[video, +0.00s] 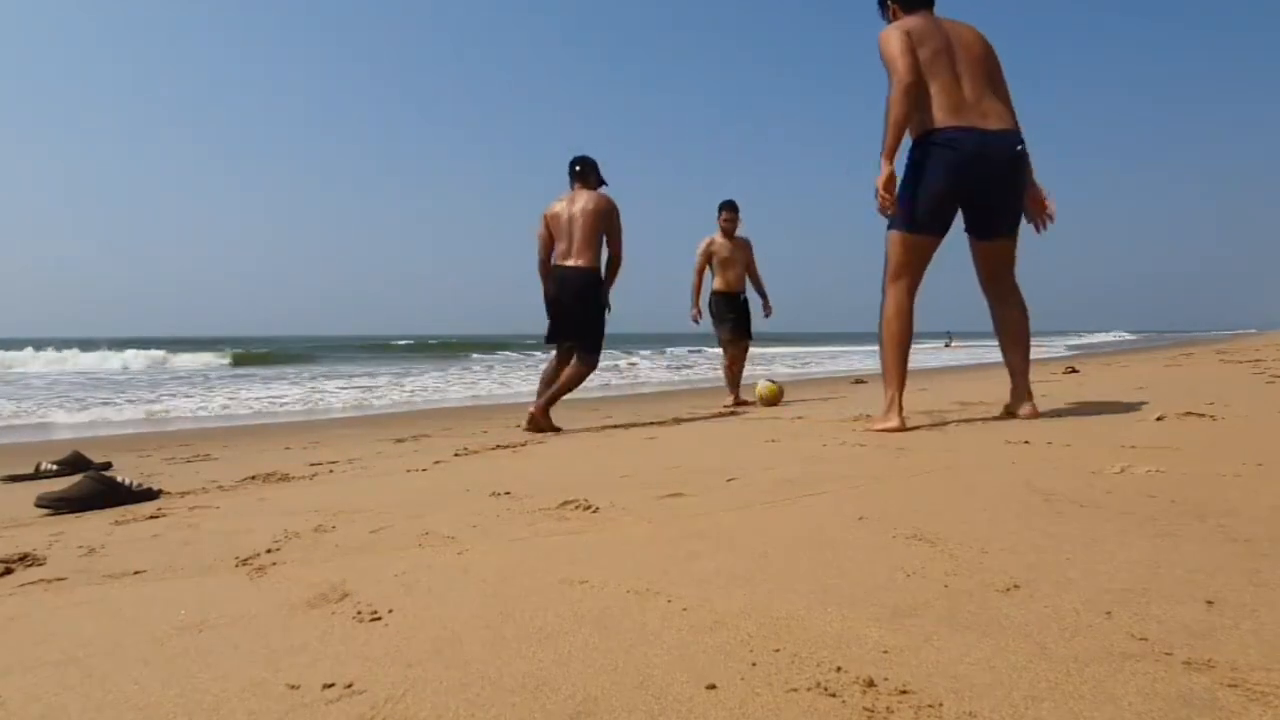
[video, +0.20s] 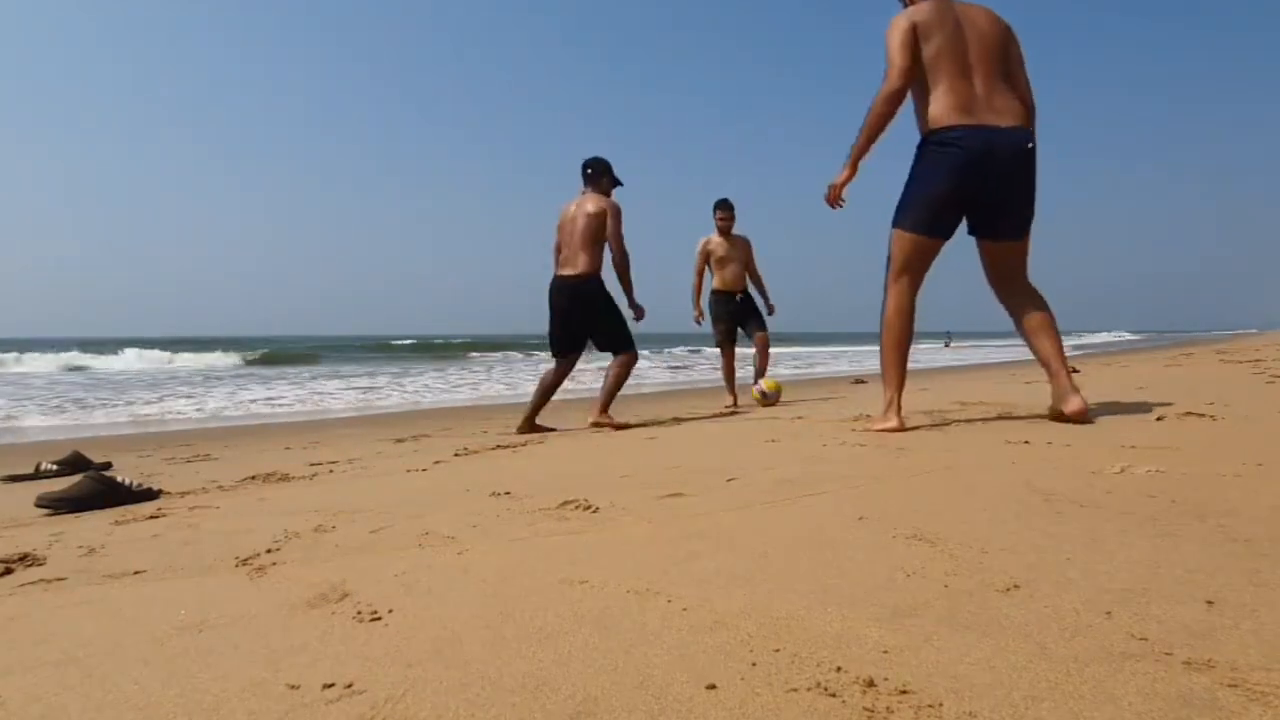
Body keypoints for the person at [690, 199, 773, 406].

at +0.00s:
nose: (729, 224)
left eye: (732, 220)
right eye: (725, 220)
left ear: (738, 221)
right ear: (718, 220)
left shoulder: (744, 244)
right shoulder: (710, 244)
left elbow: (752, 272)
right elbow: (699, 274)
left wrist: (764, 297)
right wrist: (695, 305)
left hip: (739, 296)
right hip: (721, 296)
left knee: (743, 344)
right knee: (730, 345)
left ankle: (736, 393)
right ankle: (733, 393)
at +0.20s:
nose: (724, 224)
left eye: (728, 219)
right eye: (720, 219)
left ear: (734, 219)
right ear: (714, 219)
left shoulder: (743, 243)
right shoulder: (707, 244)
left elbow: (753, 272)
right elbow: (699, 275)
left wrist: (766, 299)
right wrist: (697, 306)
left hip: (743, 296)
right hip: (721, 296)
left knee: (762, 339)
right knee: (727, 350)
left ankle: (759, 386)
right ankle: (732, 396)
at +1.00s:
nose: (707, 235)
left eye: (710, 230)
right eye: (703, 231)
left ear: (717, 229)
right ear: (697, 232)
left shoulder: (733, 247)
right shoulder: (695, 257)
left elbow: (756, 270)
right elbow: (688, 290)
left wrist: (776, 293)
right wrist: (680, 314)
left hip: (742, 299)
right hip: (718, 304)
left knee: (767, 336)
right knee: (713, 353)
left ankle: (777, 389)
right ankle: (720, 400)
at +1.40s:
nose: (732, 214)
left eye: (735, 210)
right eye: (727, 210)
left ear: (738, 212)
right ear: (717, 214)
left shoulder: (750, 236)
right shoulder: (708, 244)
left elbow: (763, 262)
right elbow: (703, 274)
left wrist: (771, 289)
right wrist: (705, 300)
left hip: (753, 292)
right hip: (727, 295)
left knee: (768, 337)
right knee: (721, 350)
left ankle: (782, 393)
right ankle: (720, 398)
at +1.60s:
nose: (762, 208)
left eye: (764, 203)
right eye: (757, 203)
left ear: (768, 206)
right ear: (746, 205)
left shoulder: (774, 232)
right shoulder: (732, 234)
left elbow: (786, 260)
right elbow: (721, 265)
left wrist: (782, 277)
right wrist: (723, 295)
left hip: (769, 290)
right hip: (743, 292)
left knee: (777, 339)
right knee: (732, 345)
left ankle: (782, 393)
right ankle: (723, 395)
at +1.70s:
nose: (771, 206)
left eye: (774, 202)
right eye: (766, 201)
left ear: (777, 204)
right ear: (756, 203)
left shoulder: (783, 230)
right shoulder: (741, 230)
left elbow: (794, 258)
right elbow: (730, 260)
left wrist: (795, 279)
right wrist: (730, 289)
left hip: (776, 288)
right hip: (749, 288)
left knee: (781, 338)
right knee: (741, 343)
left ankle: (782, 393)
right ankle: (740, 392)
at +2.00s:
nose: (779, 211)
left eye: (782, 207)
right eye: (775, 207)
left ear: (785, 209)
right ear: (764, 208)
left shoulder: (790, 236)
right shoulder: (751, 234)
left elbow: (799, 267)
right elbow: (738, 264)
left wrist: (812, 294)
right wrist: (743, 286)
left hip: (785, 290)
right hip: (761, 292)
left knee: (788, 340)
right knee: (767, 345)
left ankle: (787, 394)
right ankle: (772, 394)